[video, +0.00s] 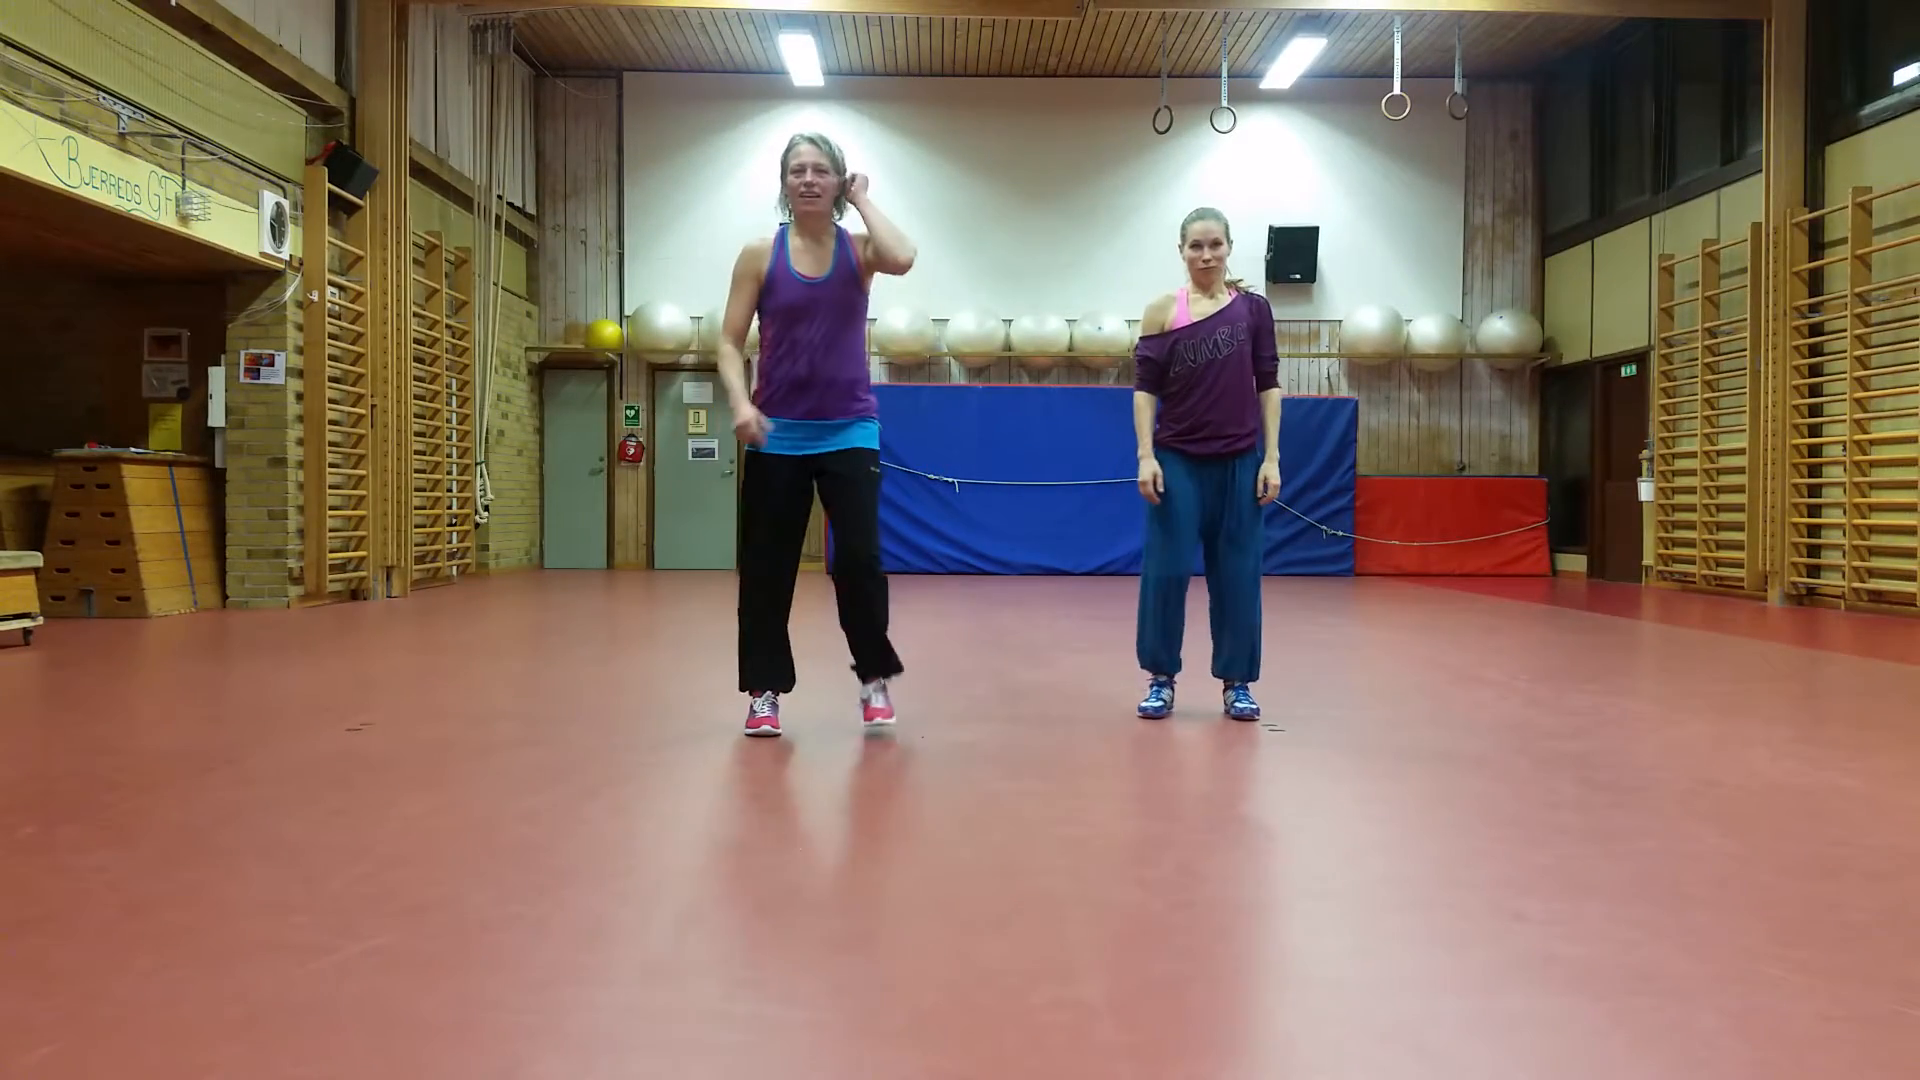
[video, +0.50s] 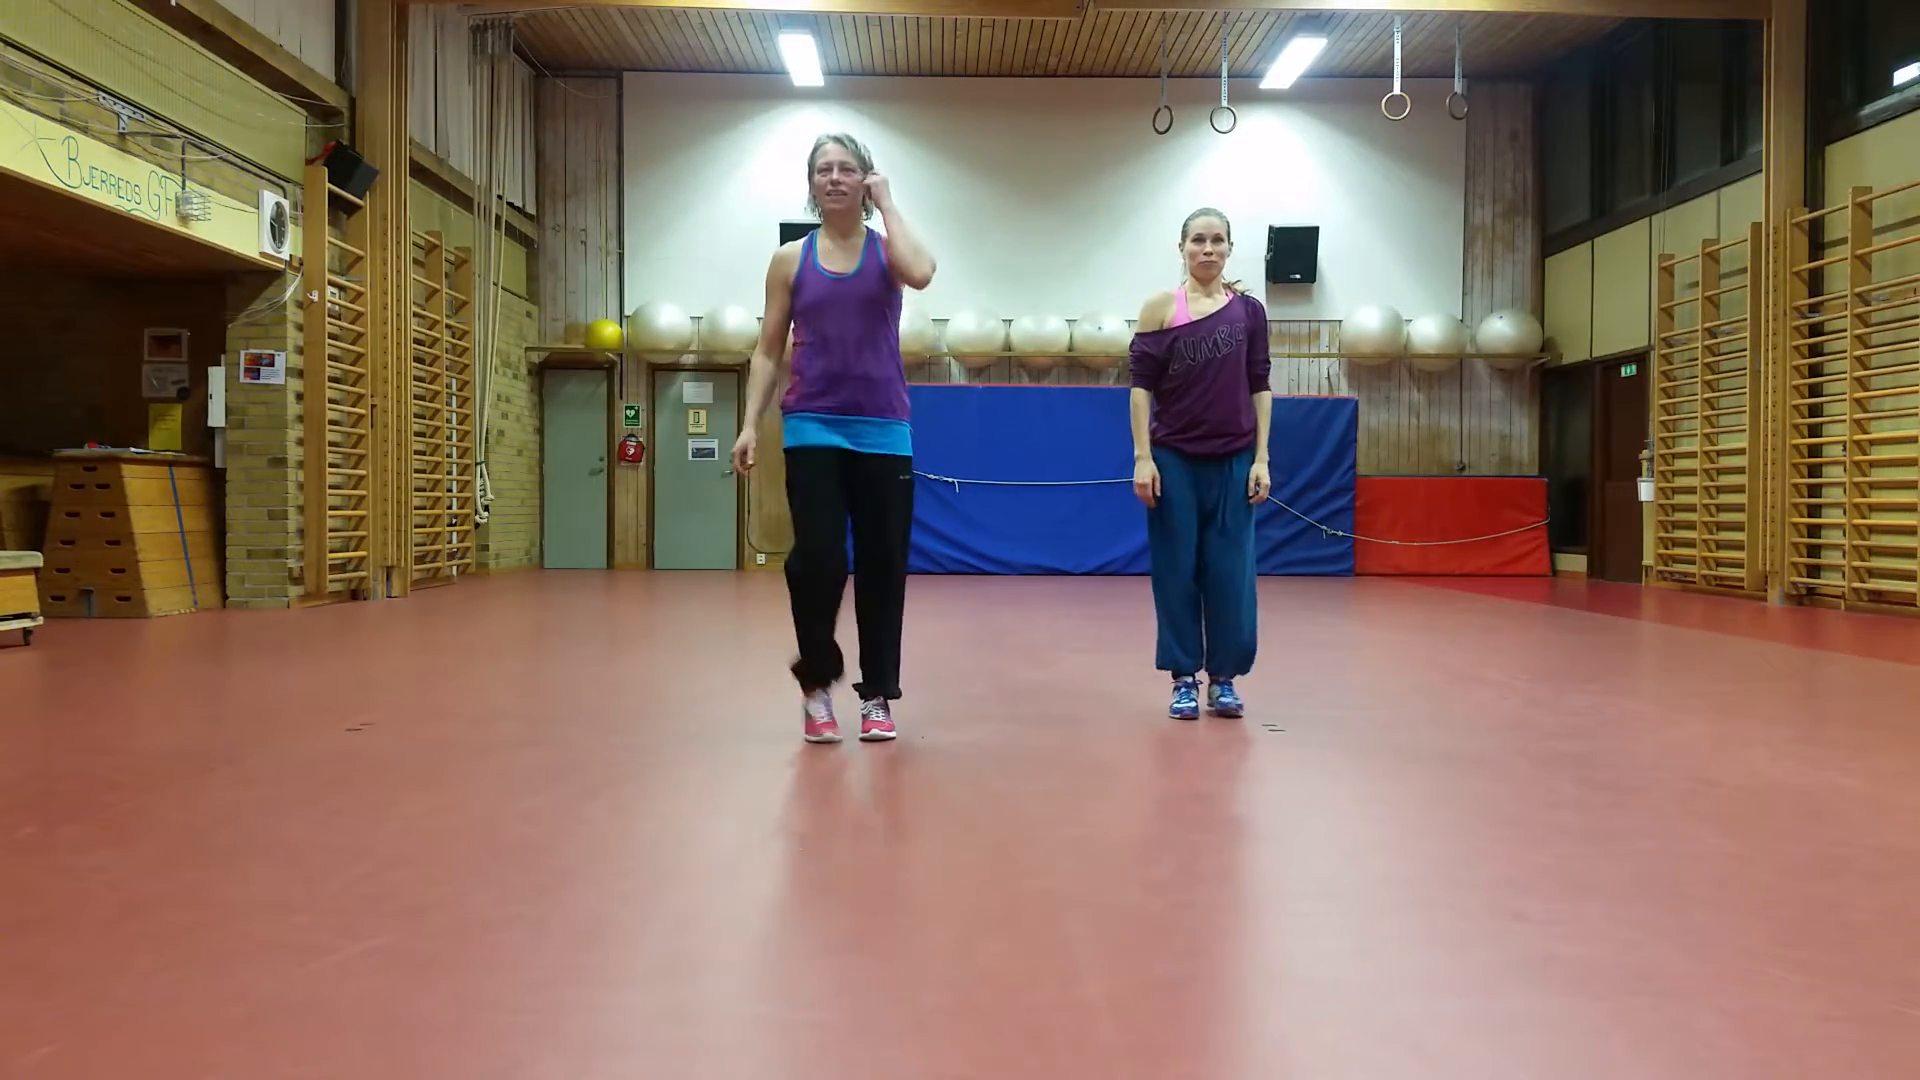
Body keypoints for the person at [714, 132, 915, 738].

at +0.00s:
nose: (807, 180)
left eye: (819, 171)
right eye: (797, 171)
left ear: (839, 185)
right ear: (783, 184)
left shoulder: (858, 245)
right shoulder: (760, 255)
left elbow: (900, 259)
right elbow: (729, 342)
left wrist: (862, 198)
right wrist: (741, 404)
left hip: (850, 429)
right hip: (777, 432)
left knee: (860, 558)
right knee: (766, 566)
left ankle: (874, 681)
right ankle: (763, 690)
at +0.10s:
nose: (815, 181)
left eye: (826, 172)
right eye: (805, 172)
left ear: (847, 187)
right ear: (789, 186)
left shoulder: (867, 248)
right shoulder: (769, 257)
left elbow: (913, 267)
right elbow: (741, 342)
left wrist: (870, 209)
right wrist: (750, 396)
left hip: (859, 433)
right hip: (786, 433)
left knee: (865, 566)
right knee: (771, 566)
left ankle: (876, 696)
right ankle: (765, 692)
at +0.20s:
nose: (823, 179)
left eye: (834, 170)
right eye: (812, 172)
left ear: (855, 184)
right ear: (798, 186)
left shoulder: (879, 248)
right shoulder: (778, 260)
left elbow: (919, 295)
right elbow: (760, 346)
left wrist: (879, 227)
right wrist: (755, 404)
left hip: (870, 432)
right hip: (797, 433)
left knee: (873, 566)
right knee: (780, 565)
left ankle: (876, 697)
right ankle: (766, 691)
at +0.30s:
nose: (830, 181)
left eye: (841, 172)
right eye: (818, 174)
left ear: (862, 186)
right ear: (805, 191)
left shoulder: (887, 250)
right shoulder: (787, 263)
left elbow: (920, 305)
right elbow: (766, 353)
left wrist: (883, 231)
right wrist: (756, 424)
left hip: (881, 432)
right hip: (807, 431)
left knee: (881, 568)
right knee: (792, 557)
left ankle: (878, 699)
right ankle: (775, 678)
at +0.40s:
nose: (834, 176)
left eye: (845, 168)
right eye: (823, 168)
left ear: (865, 183)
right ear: (808, 185)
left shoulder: (888, 245)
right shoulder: (789, 260)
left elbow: (918, 290)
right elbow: (769, 353)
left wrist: (883, 218)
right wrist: (753, 428)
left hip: (883, 428)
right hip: (810, 426)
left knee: (884, 565)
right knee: (811, 550)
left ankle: (878, 698)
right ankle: (795, 664)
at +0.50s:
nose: (834, 179)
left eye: (845, 170)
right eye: (823, 171)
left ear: (866, 183)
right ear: (810, 185)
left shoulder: (888, 245)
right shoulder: (790, 260)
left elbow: (919, 272)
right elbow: (769, 351)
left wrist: (887, 203)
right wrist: (750, 425)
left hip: (884, 426)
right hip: (811, 426)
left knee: (884, 563)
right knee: (818, 557)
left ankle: (878, 695)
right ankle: (816, 684)